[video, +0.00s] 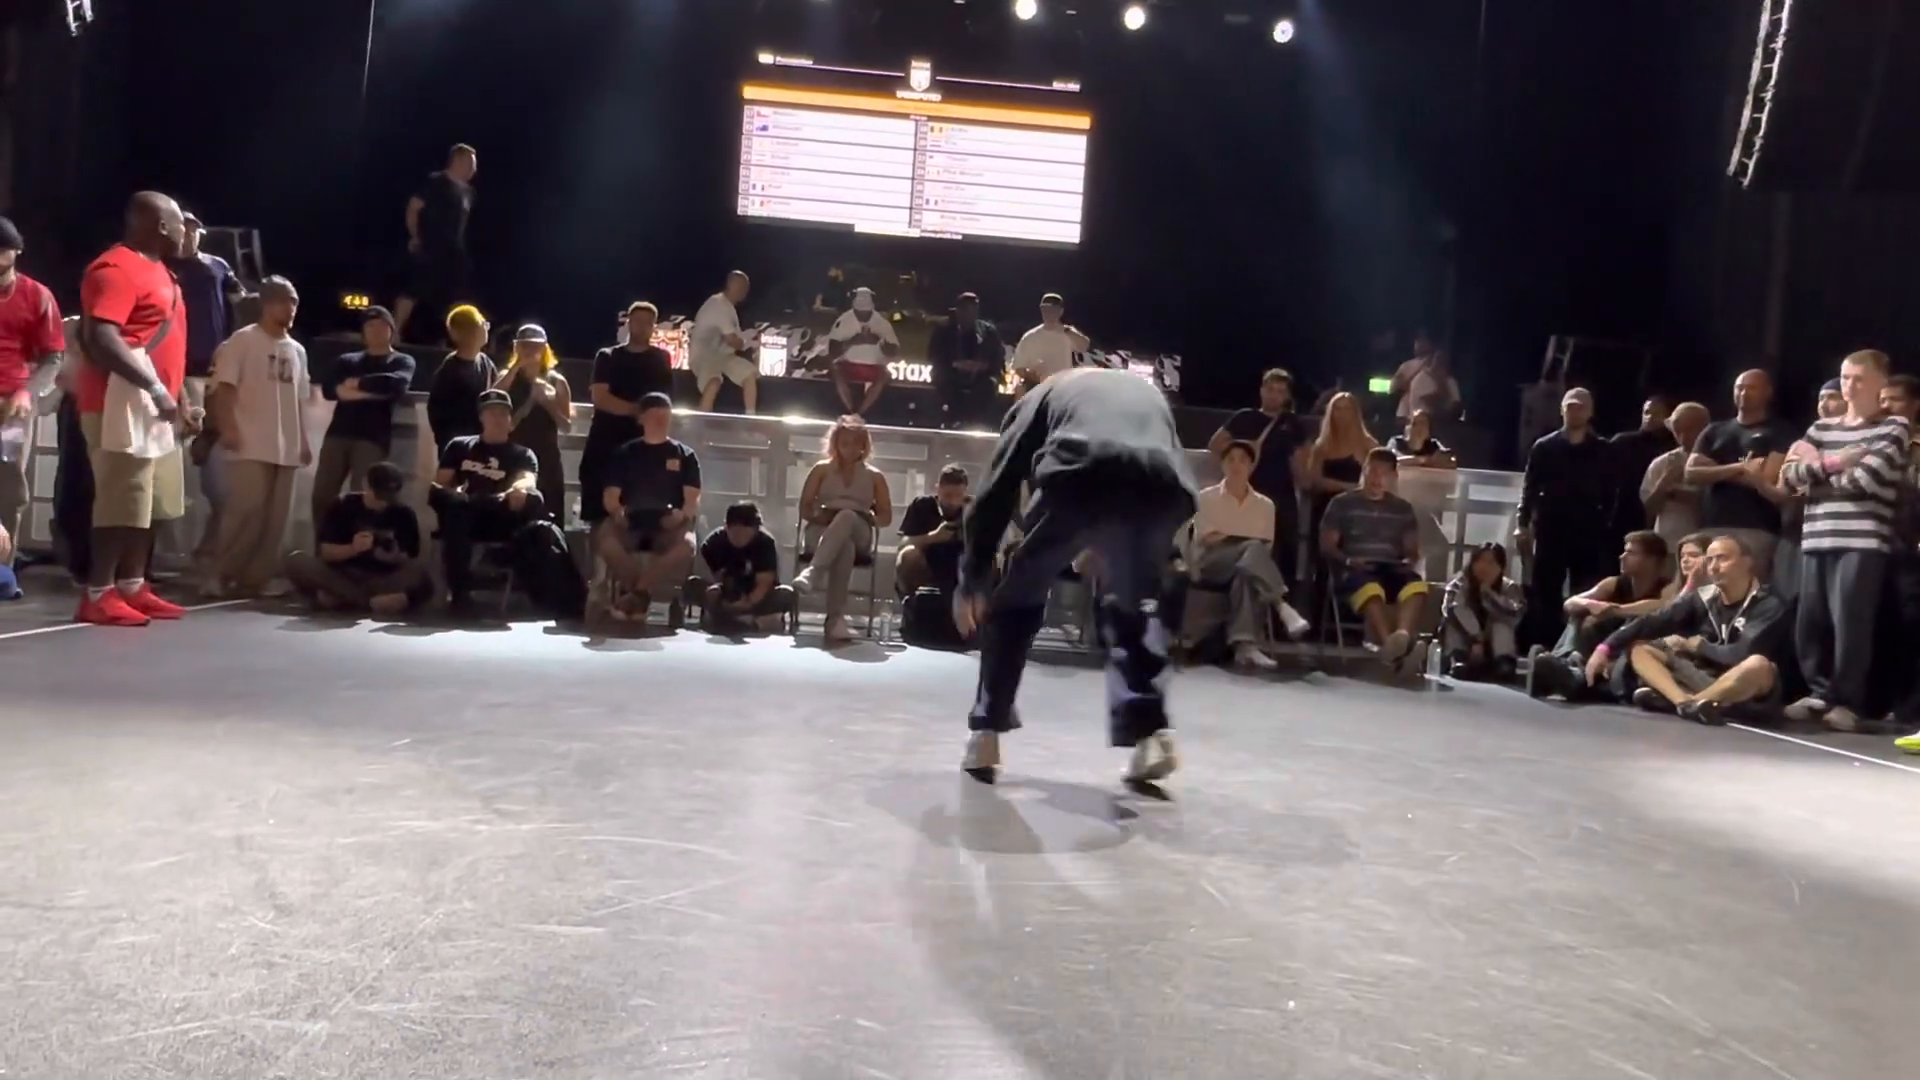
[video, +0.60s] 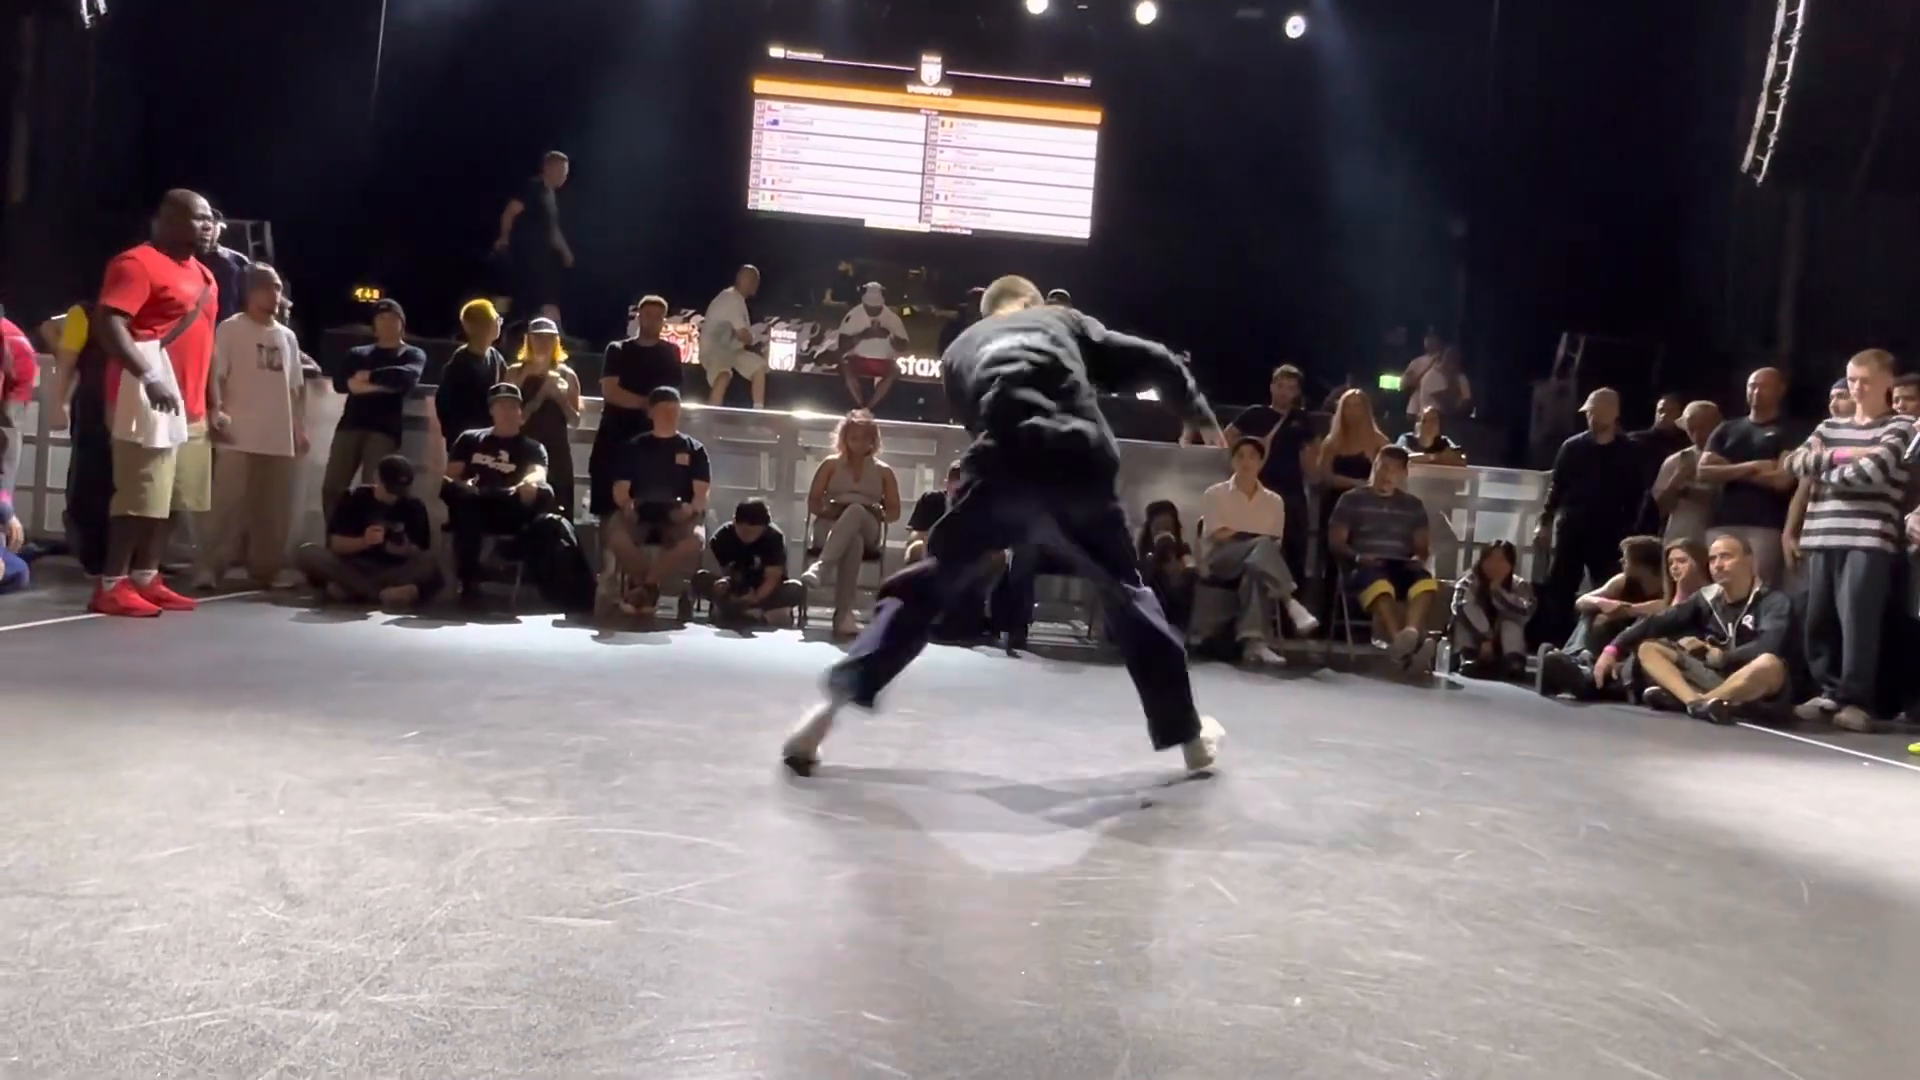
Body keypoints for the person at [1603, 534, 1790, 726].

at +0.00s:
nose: (1713, 566)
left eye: (1722, 558)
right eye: (1710, 560)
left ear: (1747, 562)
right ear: (1706, 565)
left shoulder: (1770, 606)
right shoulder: (1702, 598)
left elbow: (1740, 654)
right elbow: (1655, 623)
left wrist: (1697, 645)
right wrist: (1606, 648)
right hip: (1705, 679)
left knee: (1759, 666)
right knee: (1640, 652)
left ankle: (1690, 703)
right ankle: (1682, 700)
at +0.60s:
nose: (1717, 565)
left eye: (1726, 557)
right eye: (1713, 559)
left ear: (1750, 561)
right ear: (1709, 566)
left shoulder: (1773, 601)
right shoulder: (1706, 597)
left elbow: (1770, 645)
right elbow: (1660, 622)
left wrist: (1722, 657)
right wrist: (1613, 650)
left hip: (1759, 687)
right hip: (1714, 680)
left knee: (1769, 664)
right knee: (1647, 650)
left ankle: (1698, 702)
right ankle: (1695, 703)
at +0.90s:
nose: (1723, 561)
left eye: (1732, 554)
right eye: (1719, 556)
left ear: (1756, 559)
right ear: (1714, 562)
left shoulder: (1780, 599)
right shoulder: (1710, 595)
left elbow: (1799, 639)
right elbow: (1663, 620)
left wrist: (1743, 650)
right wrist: (1618, 647)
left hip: (1766, 686)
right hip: (1720, 678)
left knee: (1775, 661)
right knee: (1652, 647)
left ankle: (1708, 699)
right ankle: (1701, 700)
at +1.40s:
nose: (1741, 560)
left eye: (1749, 553)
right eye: (1733, 554)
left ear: (1765, 559)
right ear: (1725, 561)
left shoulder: (1784, 594)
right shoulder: (1719, 595)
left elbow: (1829, 619)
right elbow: (1672, 618)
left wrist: (1777, 636)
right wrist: (1624, 643)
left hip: (1779, 684)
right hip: (1729, 678)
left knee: (1781, 659)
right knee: (1660, 644)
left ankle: (1710, 698)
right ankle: (1709, 698)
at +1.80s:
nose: (1757, 556)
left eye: (1764, 549)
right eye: (1747, 551)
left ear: (1774, 557)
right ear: (1735, 562)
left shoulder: (1794, 596)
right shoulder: (1724, 593)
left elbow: (1806, 628)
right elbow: (1677, 615)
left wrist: (1760, 649)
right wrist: (1631, 640)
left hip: (1778, 685)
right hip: (1731, 675)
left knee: (1788, 659)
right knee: (1664, 642)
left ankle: (1718, 696)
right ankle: (1713, 697)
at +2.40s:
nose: (1762, 559)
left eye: (1765, 552)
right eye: (1752, 554)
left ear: (1771, 553)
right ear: (1732, 562)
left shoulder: (1793, 590)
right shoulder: (1721, 591)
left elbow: (1795, 628)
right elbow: (1671, 614)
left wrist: (1754, 656)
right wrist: (1658, 633)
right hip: (1729, 667)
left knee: (1793, 661)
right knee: (1663, 643)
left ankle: (1718, 694)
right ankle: (1714, 694)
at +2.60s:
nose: (1758, 558)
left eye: (1762, 550)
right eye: (1748, 552)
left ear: (1770, 554)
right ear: (1732, 561)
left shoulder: (1792, 593)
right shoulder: (1722, 591)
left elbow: (1768, 633)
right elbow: (1669, 616)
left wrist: (1717, 655)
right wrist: (1685, 638)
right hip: (1728, 674)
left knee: (1789, 659)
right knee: (1658, 637)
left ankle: (1717, 694)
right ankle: (1713, 694)